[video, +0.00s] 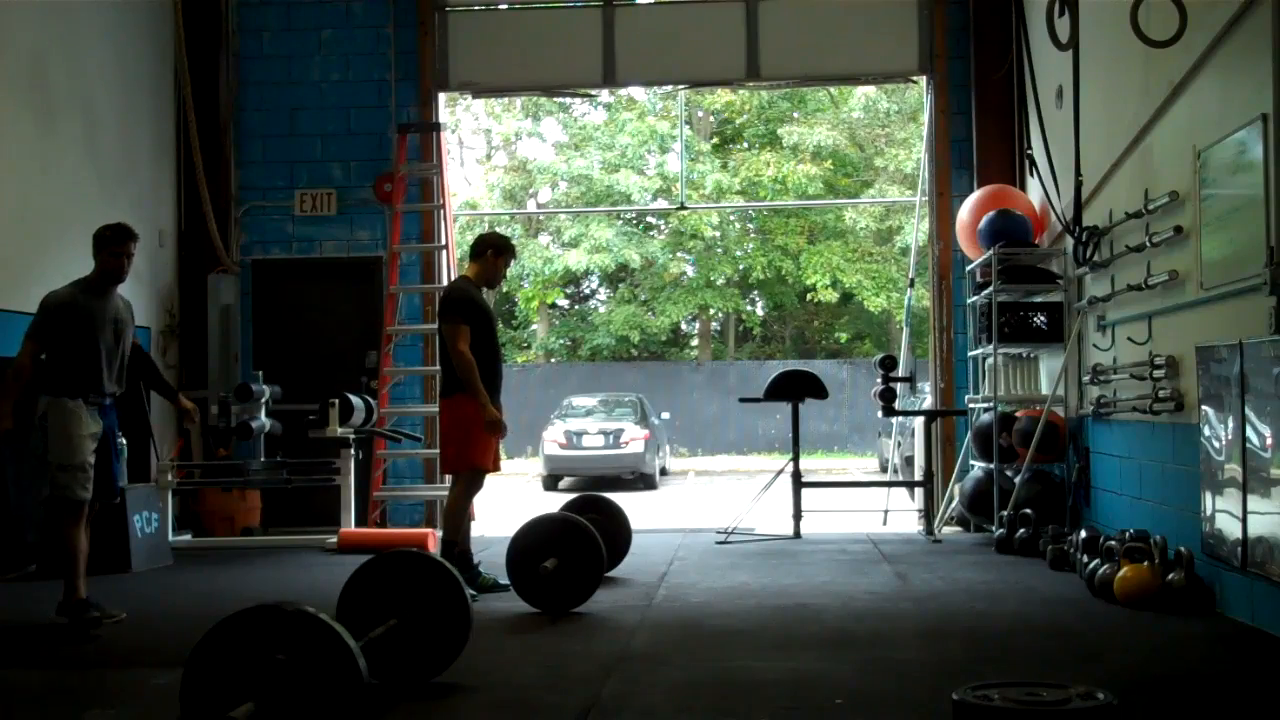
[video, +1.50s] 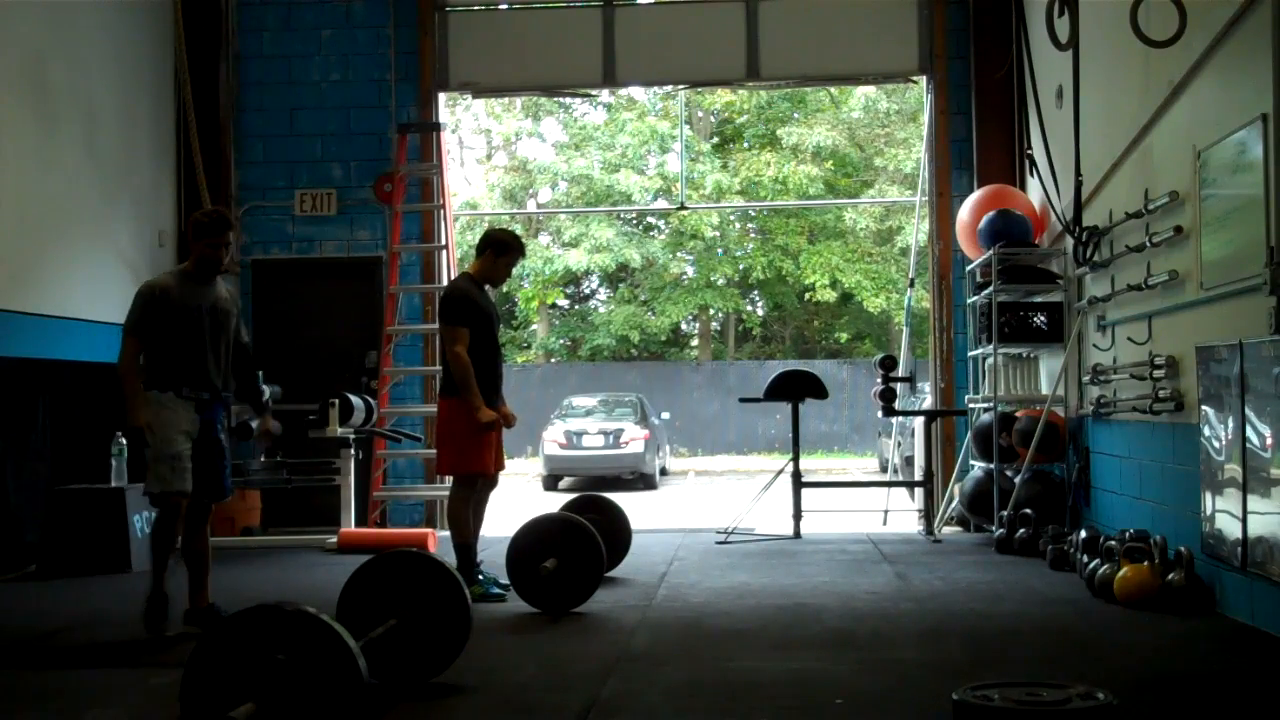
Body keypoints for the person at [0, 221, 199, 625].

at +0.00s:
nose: (126, 263)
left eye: (130, 256)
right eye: (119, 255)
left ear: (132, 259)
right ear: (99, 255)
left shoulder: (122, 309)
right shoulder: (60, 302)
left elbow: (134, 359)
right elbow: (28, 358)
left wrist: (175, 396)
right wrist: (12, 408)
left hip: (104, 413)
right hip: (69, 412)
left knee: (90, 505)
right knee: (75, 505)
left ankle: (77, 597)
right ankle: (75, 600)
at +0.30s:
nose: (112, 261)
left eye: (117, 254)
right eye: (104, 254)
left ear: (123, 256)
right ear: (87, 254)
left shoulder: (132, 309)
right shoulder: (55, 305)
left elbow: (145, 368)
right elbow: (27, 365)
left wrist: (162, 417)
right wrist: (15, 416)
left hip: (111, 419)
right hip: (65, 417)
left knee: (95, 507)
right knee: (73, 506)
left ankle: (82, 596)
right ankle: (73, 600)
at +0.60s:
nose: (114, 259)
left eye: (119, 252)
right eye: (106, 252)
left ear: (124, 254)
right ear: (88, 254)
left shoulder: (134, 306)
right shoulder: (57, 307)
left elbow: (150, 360)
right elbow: (30, 366)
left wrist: (156, 401)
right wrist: (22, 419)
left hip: (120, 418)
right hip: (72, 416)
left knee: (104, 508)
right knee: (84, 505)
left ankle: (83, 595)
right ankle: (79, 601)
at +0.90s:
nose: (148, 256)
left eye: (149, 248)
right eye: (141, 248)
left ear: (135, 250)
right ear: (116, 248)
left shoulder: (140, 299)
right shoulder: (72, 300)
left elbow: (155, 360)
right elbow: (48, 362)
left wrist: (180, 407)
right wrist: (51, 417)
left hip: (135, 417)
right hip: (86, 419)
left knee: (166, 498)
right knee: (82, 511)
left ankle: (139, 589)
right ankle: (79, 605)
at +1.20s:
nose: (194, 261)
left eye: (195, 254)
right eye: (188, 253)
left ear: (179, 255)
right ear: (164, 252)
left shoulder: (177, 301)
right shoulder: (118, 300)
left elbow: (173, 368)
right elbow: (99, 362)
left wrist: (184, 423)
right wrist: (115, 413)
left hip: (171, 419)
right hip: (130, 419)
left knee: (182, 515)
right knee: (110, 516)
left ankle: (198, 605)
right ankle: (86, 605)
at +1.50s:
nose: (225, 255)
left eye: (229, 247)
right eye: (218, 247)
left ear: (230, 248)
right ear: (196, 245)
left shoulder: (226, 298)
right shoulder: (157, 292)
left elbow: (241, 361)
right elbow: (129, 358)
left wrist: (260, 409)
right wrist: (135, 411)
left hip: (210, 413)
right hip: (165, 410)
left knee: (201, 511)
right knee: (173, 505)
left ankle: (200, 604)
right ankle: (158, 597)